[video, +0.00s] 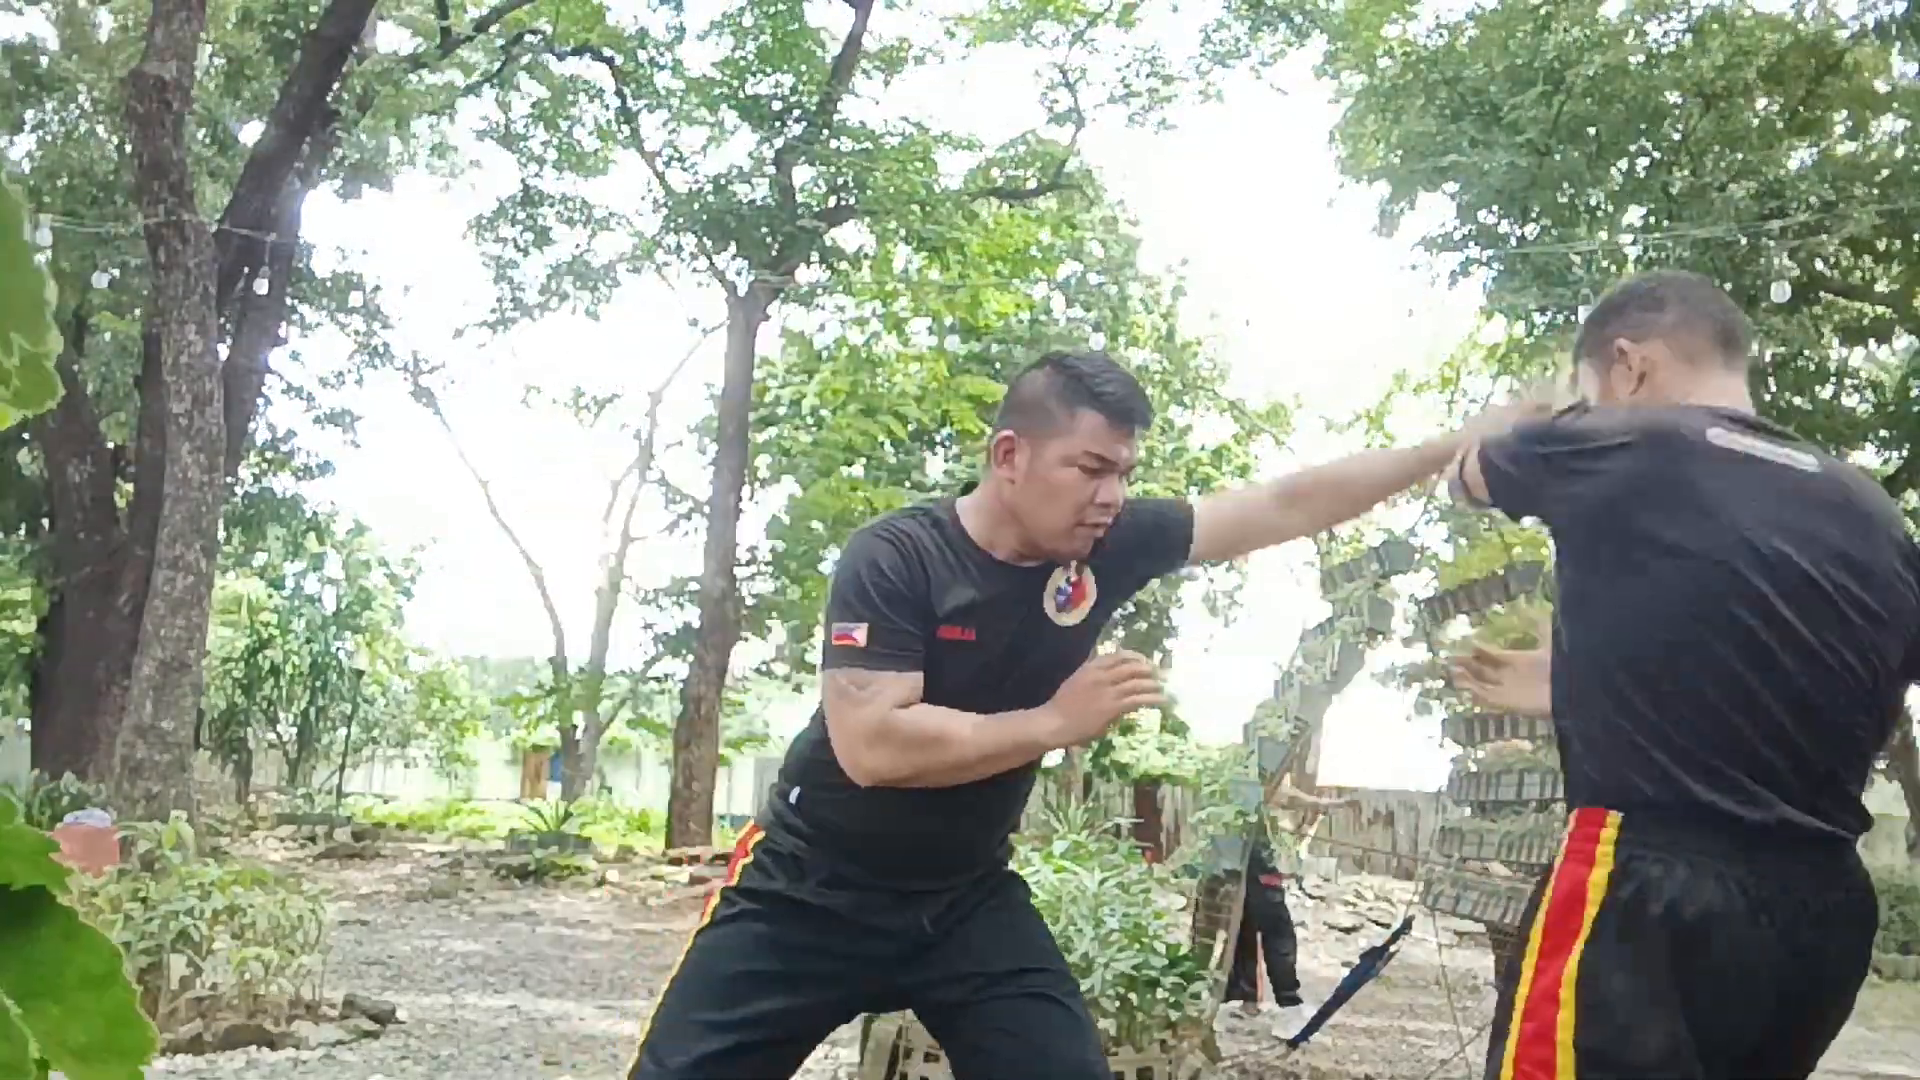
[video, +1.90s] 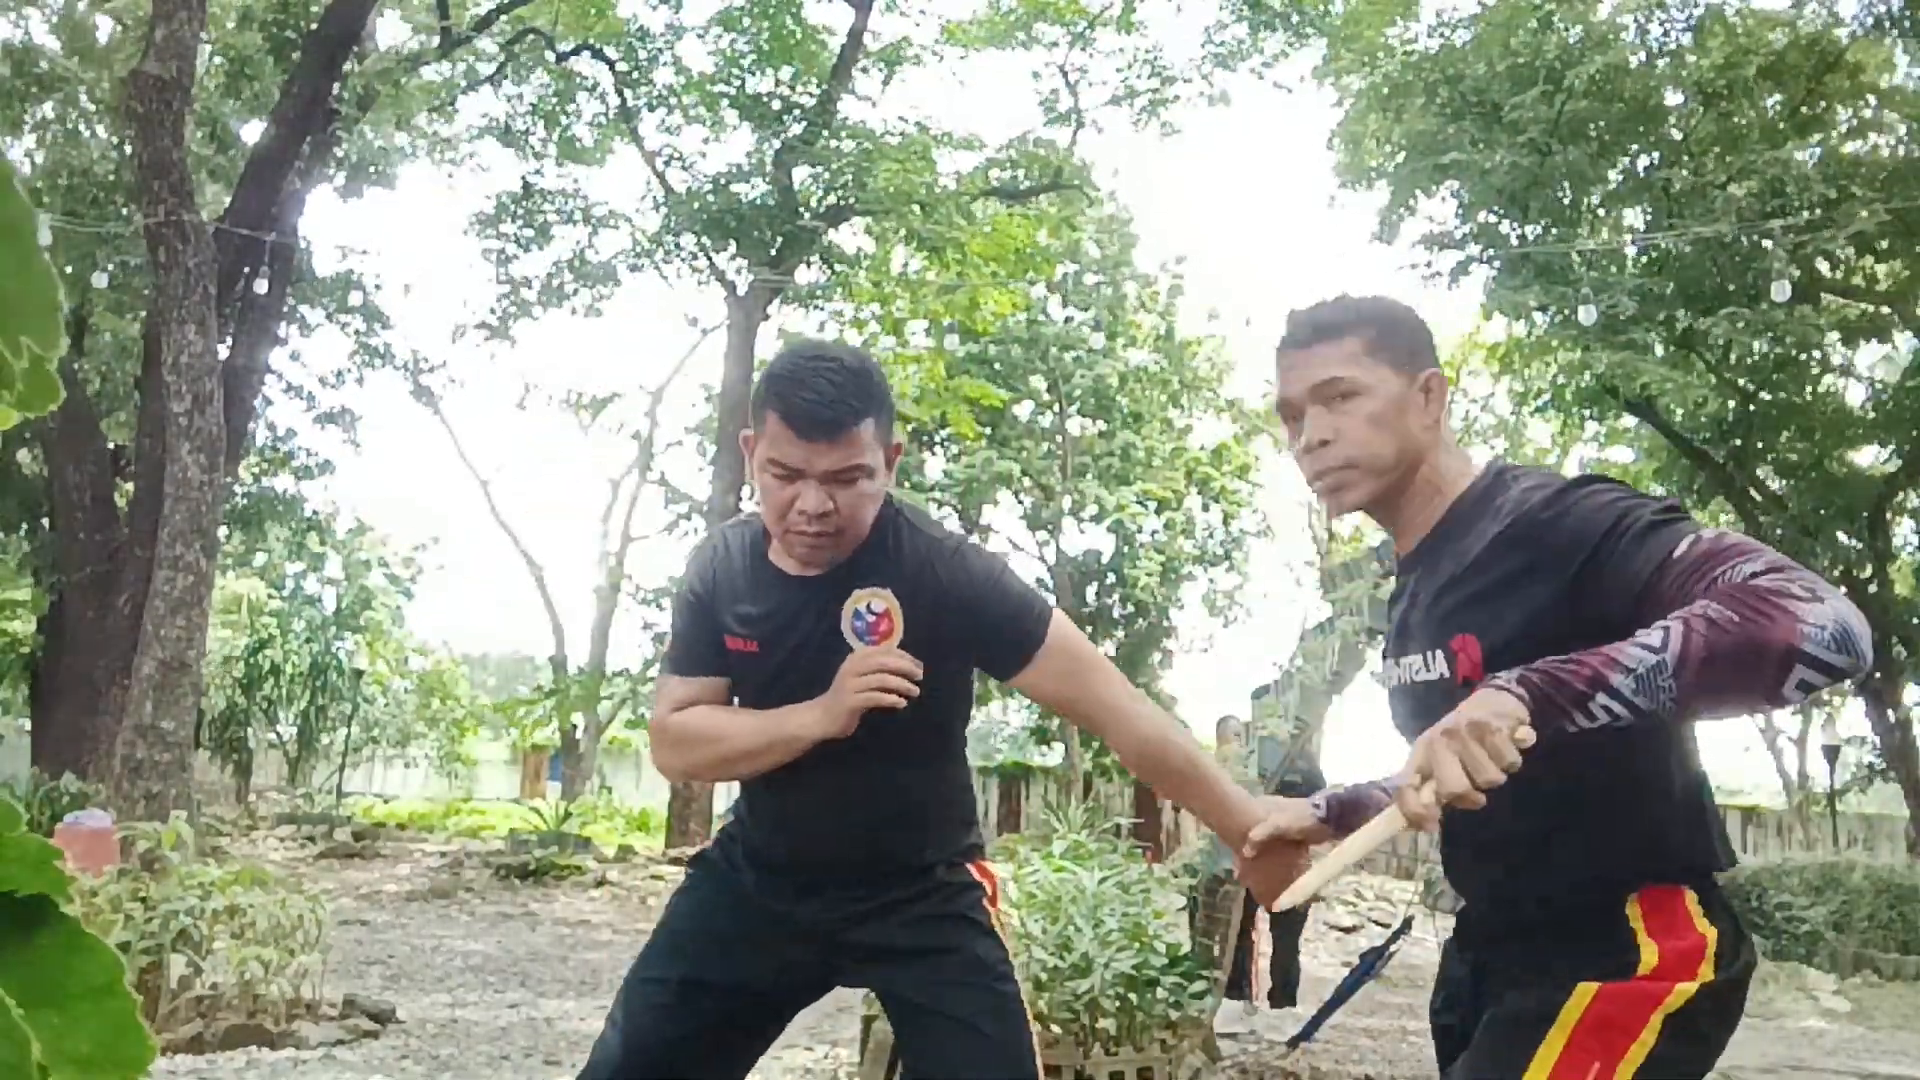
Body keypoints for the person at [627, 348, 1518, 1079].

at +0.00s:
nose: (1113, 496)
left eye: (1123, 475)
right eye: (1095, 469)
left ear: (1127, 474)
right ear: (1008, 453)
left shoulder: (1113, 548)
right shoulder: (891, 558)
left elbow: (1286, 503)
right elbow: (869, 744)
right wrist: (1053, 723)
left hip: (969, 900)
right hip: (805, 891)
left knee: (1067, 1065)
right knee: (678, 1066)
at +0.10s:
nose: (1079, 479)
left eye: (1092, 456)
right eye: (1061, 449)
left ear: (1099, 453)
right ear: (976, 432)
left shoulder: (1077, 514)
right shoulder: (867, 564)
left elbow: (1228, 436)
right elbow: (876, 755)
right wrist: (1053, 703)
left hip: (995, 904)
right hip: (830, 900)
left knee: (1081, 1070)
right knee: (702, 1075)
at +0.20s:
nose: (1033, 466)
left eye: (1044, 441)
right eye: (1007, 437)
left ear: (1053, 443)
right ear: (926, 428)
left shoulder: (1042, 523)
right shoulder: (829, 565)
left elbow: (1166, 473)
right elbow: (836, 749)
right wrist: (1014, 687)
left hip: (992, 904)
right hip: (823, 903)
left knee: (1071, 1064)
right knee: (696, 1065)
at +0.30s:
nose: (994, 466)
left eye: (1010, 442)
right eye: (968, 437)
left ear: (1025, 443)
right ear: (894, 433)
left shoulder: (1027, 528)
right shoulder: (807, 557)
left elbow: (1113, 543)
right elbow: (778, 741)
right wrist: (959, 694)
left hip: (976, 901)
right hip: (803, 898)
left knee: (1050, 1070)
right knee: (680, 1069)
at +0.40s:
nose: (954, 484)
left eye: (978, 456)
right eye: (925, 453)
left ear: (999, 451)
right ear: (864, 445)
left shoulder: (1014, 562)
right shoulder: (790, 556)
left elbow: (1098, 678)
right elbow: (712, 727)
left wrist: (1206, 806)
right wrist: (851, 719)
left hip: (947, 896)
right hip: (784, 881)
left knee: (1007, 1067)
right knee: (662, 1063)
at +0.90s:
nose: (901, 509)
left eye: (925, 480)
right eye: (871, 479)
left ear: (950, 465)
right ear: (812, 464)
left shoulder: (994, 578)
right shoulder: (749, 568)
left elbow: (1170, 683)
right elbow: (686, 744)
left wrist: (1335, 771)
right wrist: (839, 742)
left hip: (928, 891)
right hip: (759, 880)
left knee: (990, 1069)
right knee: (642, 1067)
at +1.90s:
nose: (813, 506)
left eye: (846, 478)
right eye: (788, 475)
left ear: (887, 458)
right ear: (752, 451)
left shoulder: (941, 572)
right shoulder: (720, 573)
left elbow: (1096, 695)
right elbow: (673, 745)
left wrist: (1244, 820)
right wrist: (814, 717)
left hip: (923, 893)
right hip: (758, 881)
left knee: (993, 1070)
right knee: (627, 1066)